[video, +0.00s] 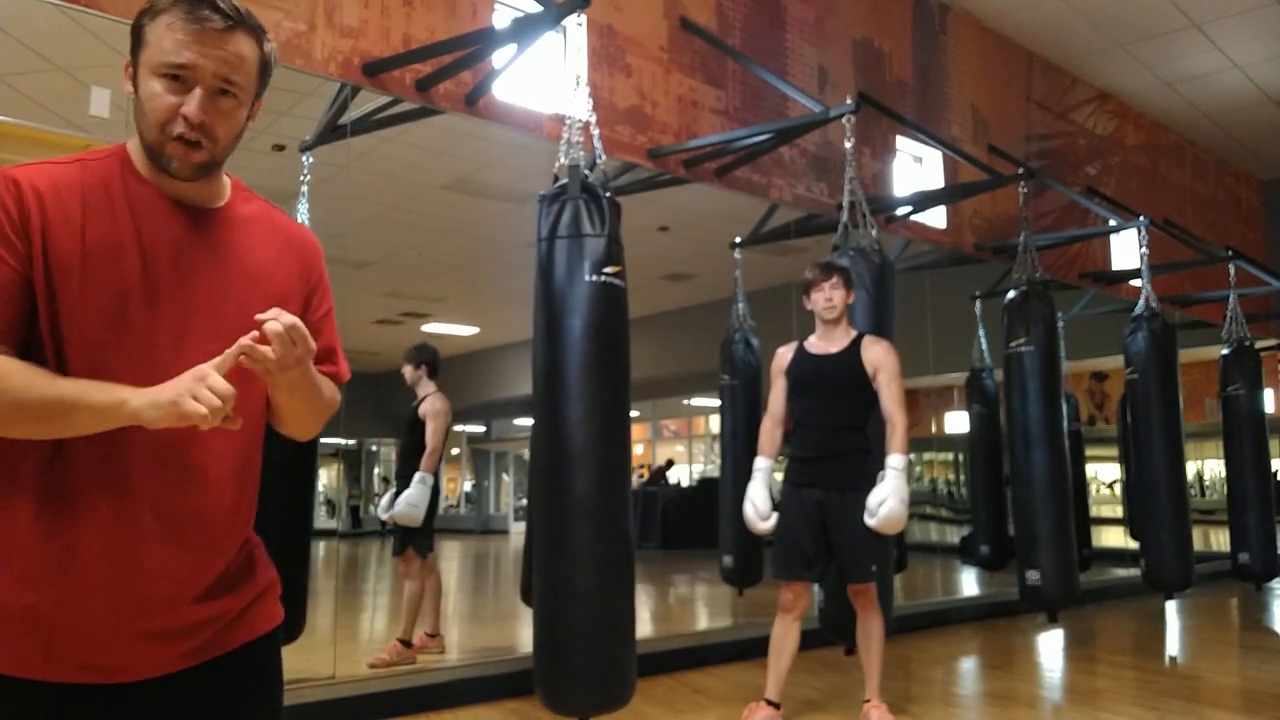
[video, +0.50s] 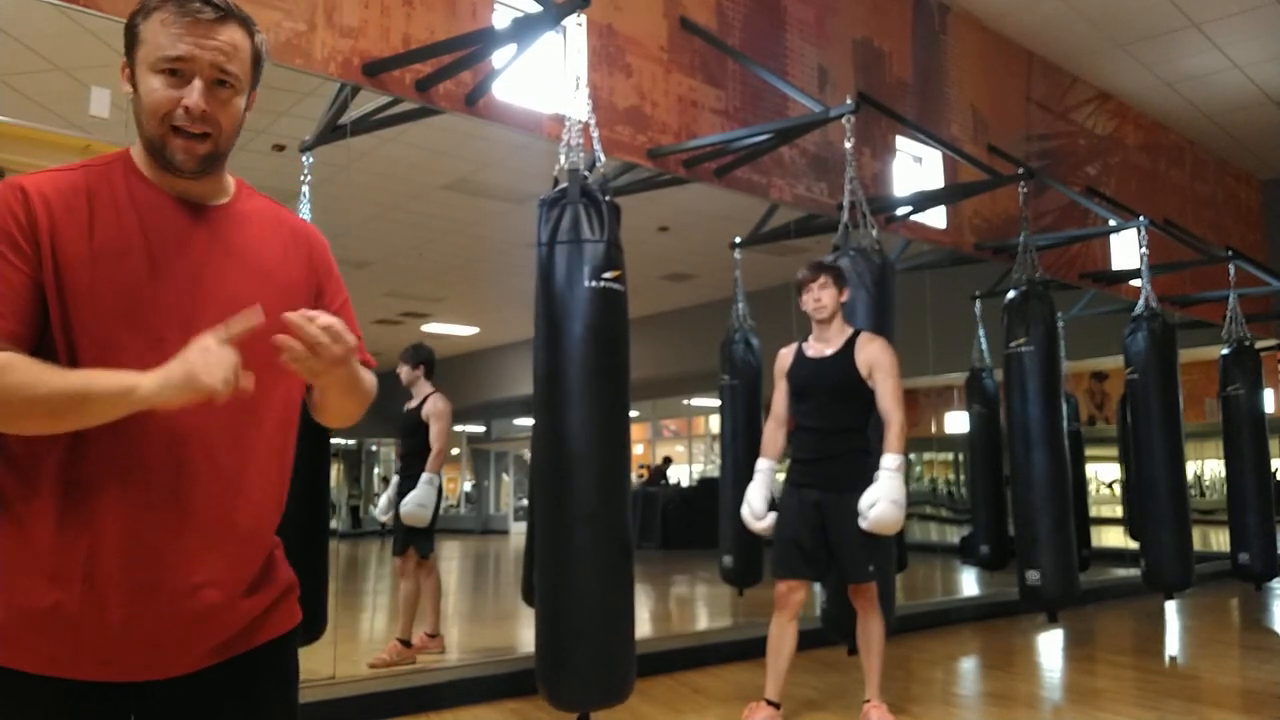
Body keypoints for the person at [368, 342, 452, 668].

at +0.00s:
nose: (403, 375)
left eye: (406, 369)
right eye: (403, 369)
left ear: (422, 369)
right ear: (421, 370)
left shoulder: (435, 403)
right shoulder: (421, 403)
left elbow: (433, 450)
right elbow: (409, 452)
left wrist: (418, 489)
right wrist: (394, 490)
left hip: (419, 485)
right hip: (411, 484)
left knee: (409, 564)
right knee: (425, 563)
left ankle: (404, 641)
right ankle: (430, 634)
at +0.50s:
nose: (398, 372)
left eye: (402, 366)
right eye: (399, 367)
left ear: (419, 369)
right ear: (415, 370)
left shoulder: (437, 402)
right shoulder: (411, 403)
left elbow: (439, 449)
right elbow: (406, 454)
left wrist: (425, 489)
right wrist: (391, 491)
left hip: (421, 484)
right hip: (407, 482)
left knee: (405, 564)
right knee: (424, 563)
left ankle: (403, 641)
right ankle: (432, 634)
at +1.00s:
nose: (393, 377)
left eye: (396, 370)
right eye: (391, 372)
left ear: (407, 370)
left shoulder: (425, 399)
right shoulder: (399, 403)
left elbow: (432, 450)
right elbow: (396, 457)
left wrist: (421, 488)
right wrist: (380, 490)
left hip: (412, 486)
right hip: (396, 485)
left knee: (400, 563)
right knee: (412, 564)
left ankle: (402, 642)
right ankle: (430, 632)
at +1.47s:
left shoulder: (404, 393)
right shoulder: (380, 394)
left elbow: (408, 445)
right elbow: (385, 451)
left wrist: (396, 484)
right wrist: (368, 482)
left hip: (401, 479)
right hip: (384, 478)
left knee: (393, 563)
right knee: (370, 562)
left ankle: (403, 644)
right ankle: (383, 632)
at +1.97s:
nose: (348, 391)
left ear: (363, 382)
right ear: (372, 382)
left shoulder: (369, 406)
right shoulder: (378, 407)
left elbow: (371, 444)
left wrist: (360, 485)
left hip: (374, 491)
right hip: (379, 491)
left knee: (355, 565)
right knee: (352, 564)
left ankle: (388, 626)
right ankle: (361, 634)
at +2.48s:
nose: (342, 380)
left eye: (345, 374)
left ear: (352, 375)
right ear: (366, 375)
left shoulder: (362, 403)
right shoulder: (371, 406)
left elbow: (364, 444)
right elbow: (386, 457)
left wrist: (349, 485)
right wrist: (343, 459)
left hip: (372, 491)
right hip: (370, 490)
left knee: (353, 564)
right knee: (344, 565)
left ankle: (386, 628)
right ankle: (362, 634)